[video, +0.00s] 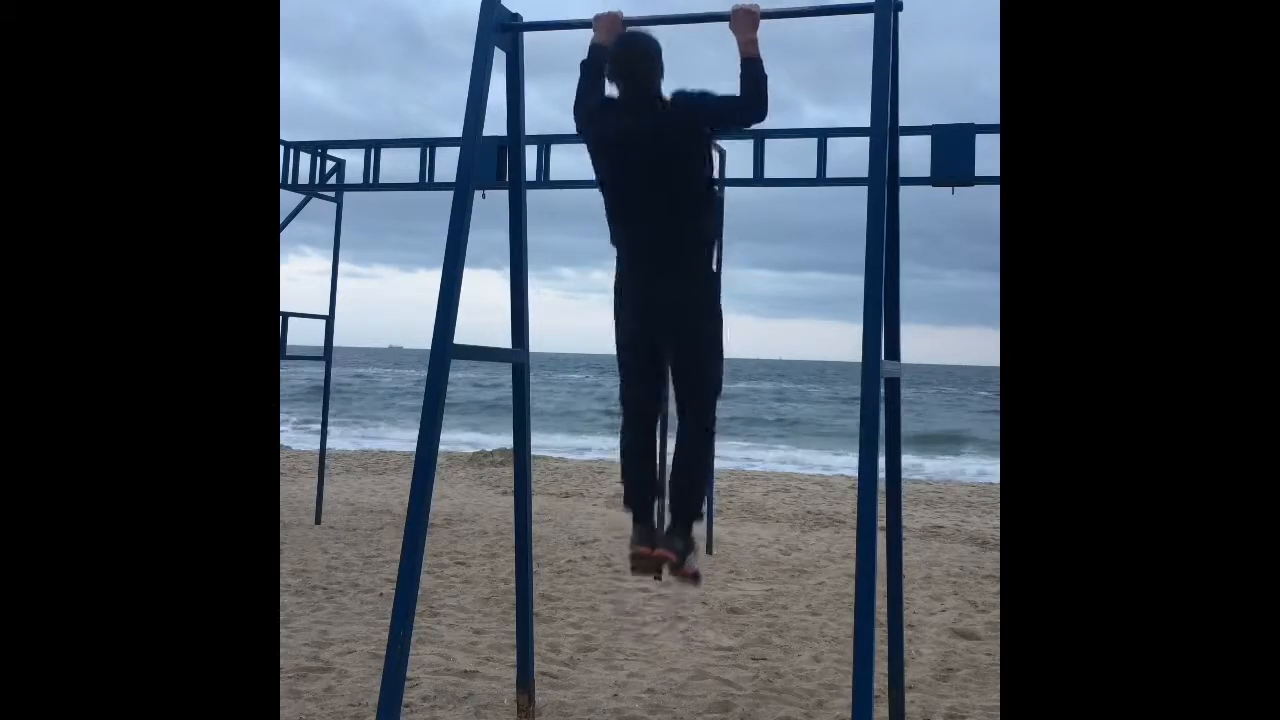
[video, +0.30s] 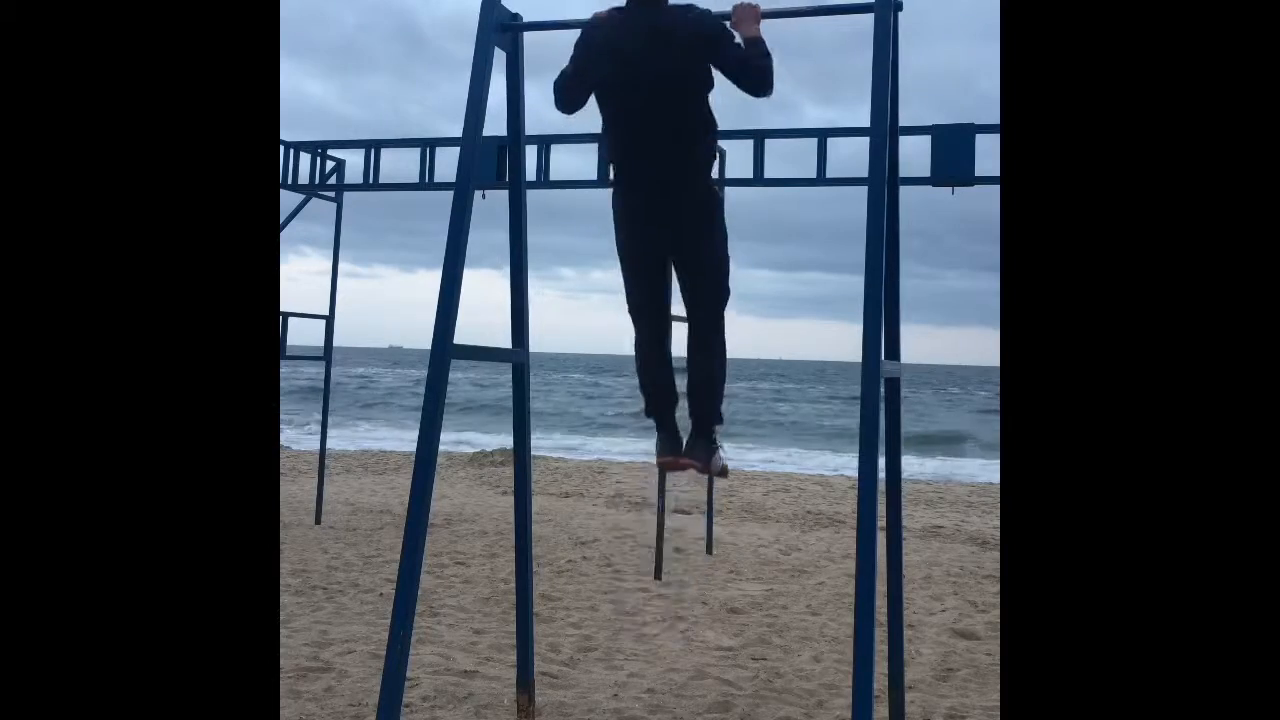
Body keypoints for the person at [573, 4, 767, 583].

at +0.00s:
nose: (640, 75)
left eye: (622, 67)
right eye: (651, 66)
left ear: (613, 75)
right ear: (659, 73)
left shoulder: (600, 125)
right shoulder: (692, 114)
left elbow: (589, 91)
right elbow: (754, 106)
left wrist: (599, 43)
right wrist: (749, 43)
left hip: (634, 288)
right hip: (692, 287)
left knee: (639, 410)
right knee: (696, 413)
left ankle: (642, 531)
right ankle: (678, 538)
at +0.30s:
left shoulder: (601, 33)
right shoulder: (696, 24)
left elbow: (567, 99)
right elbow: (758, 82)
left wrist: (595, 33)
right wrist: (751, 34)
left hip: (635, 200)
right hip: (694, 197)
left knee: (649, 321)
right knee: (707, 318)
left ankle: (667, 440)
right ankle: (703, 443)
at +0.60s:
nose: (653, 71)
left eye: (632, 63)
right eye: (662, 62)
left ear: (624, 69)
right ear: (671, 64)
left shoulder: (608, 113)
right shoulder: (703, 107)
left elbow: (576, 102)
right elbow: (770, 101)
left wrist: (598, 44)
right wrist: (753, 40)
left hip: (639, 282)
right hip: (698, 281)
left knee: (645, 404)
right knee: (702, 406)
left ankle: (651, 531)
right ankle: (687, 533)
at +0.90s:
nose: (683, 132)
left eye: (669, 130)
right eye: (681, 128)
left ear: (633, 143)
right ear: (682, 139)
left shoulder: (624, 172)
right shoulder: (708, 169)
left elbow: (592, 115)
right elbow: (758, 113)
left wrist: (600, 47)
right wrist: (750, 43)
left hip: (646, 344)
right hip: (702, 346)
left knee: (636, 477)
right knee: (692, 486)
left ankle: (624, 604)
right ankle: (662, 615)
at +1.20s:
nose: (658, 91)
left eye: (640, 84)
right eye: (661, 84)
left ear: (620, 97)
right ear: (666, 92)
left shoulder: (607, 140)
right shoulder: (696, 131)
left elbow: (590, 105)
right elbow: (754, 109)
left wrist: (599, 45)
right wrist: (748, 42)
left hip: (639, 307)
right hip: (697, 307)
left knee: (639, 432)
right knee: (696, 439)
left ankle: (638, 553)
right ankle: (675, 564)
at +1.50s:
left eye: (618, 4)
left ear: (618, 3)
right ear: (664, 1)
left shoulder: (599, 41)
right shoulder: (693, 34)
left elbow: (564, 99)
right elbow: (762, 88)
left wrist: (594, 33)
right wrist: (750, 36)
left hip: (634, 206)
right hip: (693, 203)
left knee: (651, 324)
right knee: (710, 321)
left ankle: (668, 445)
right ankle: (706, 448)